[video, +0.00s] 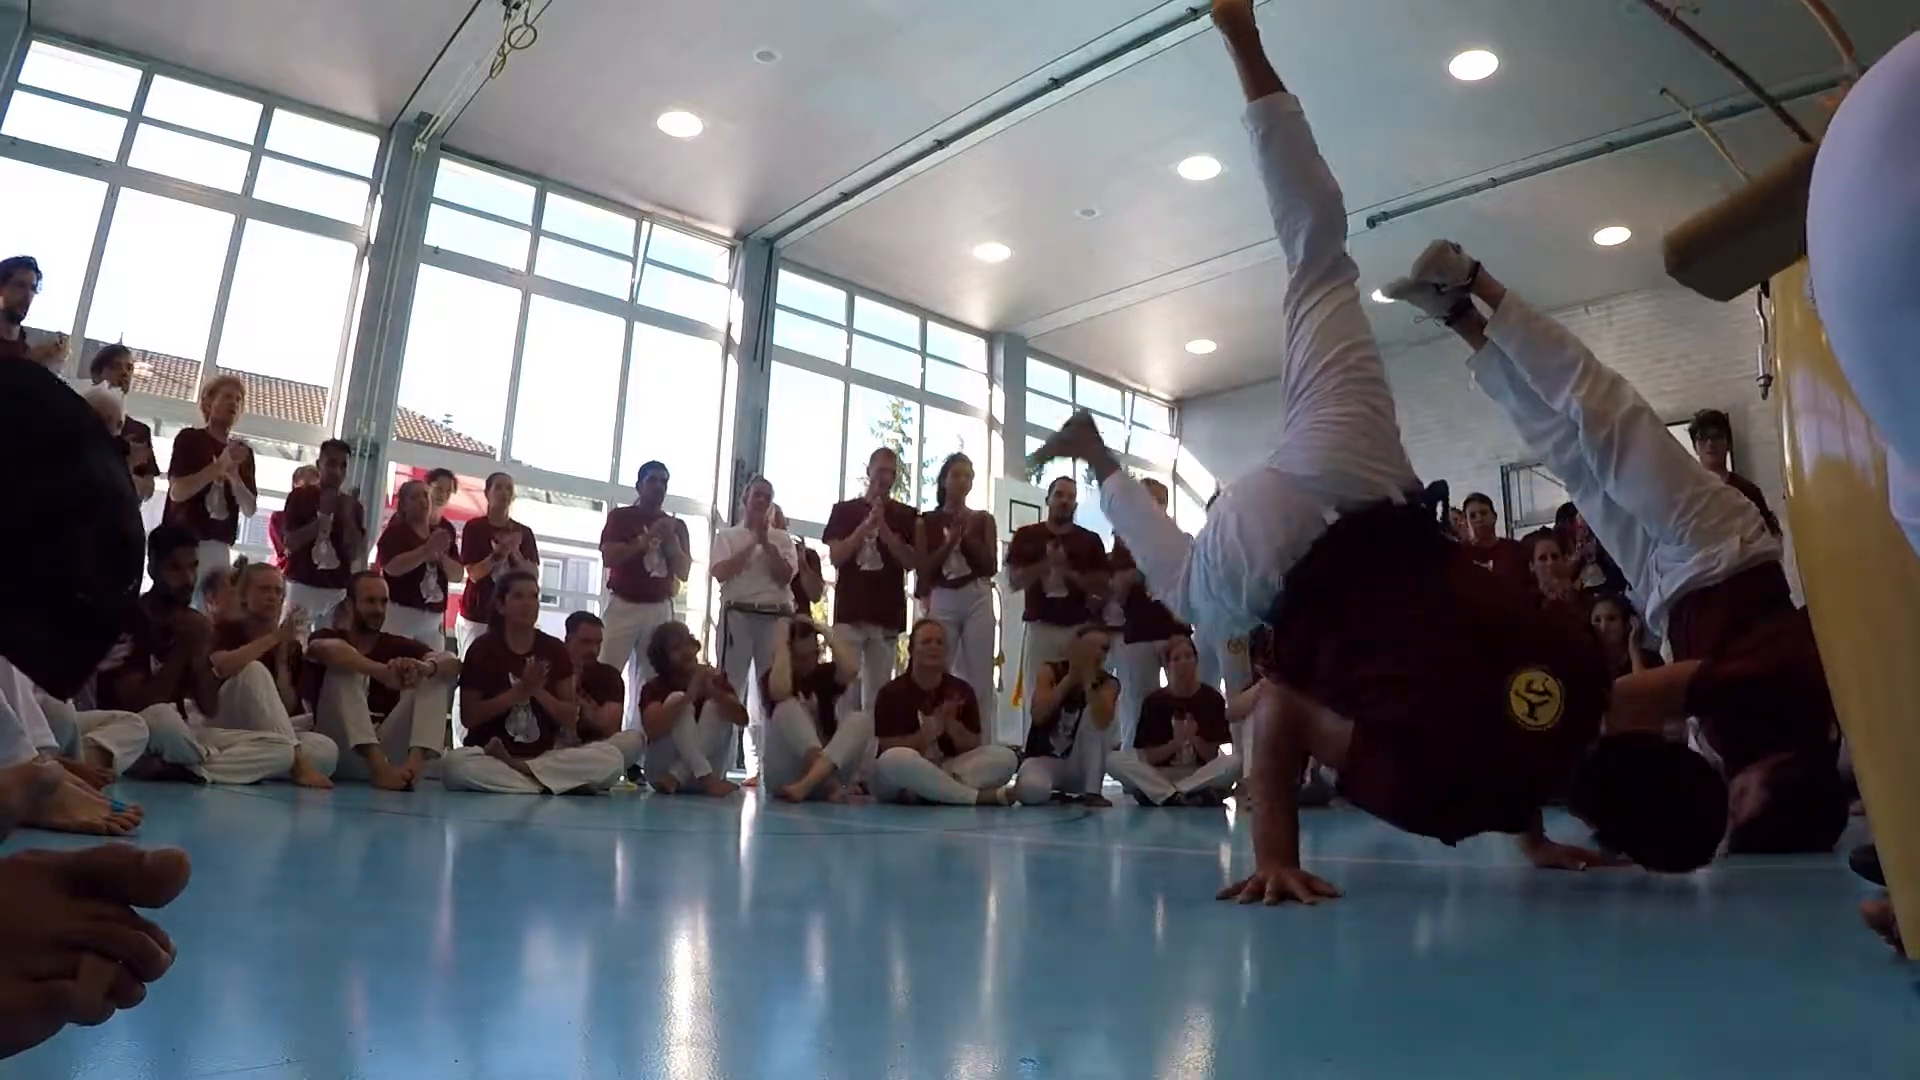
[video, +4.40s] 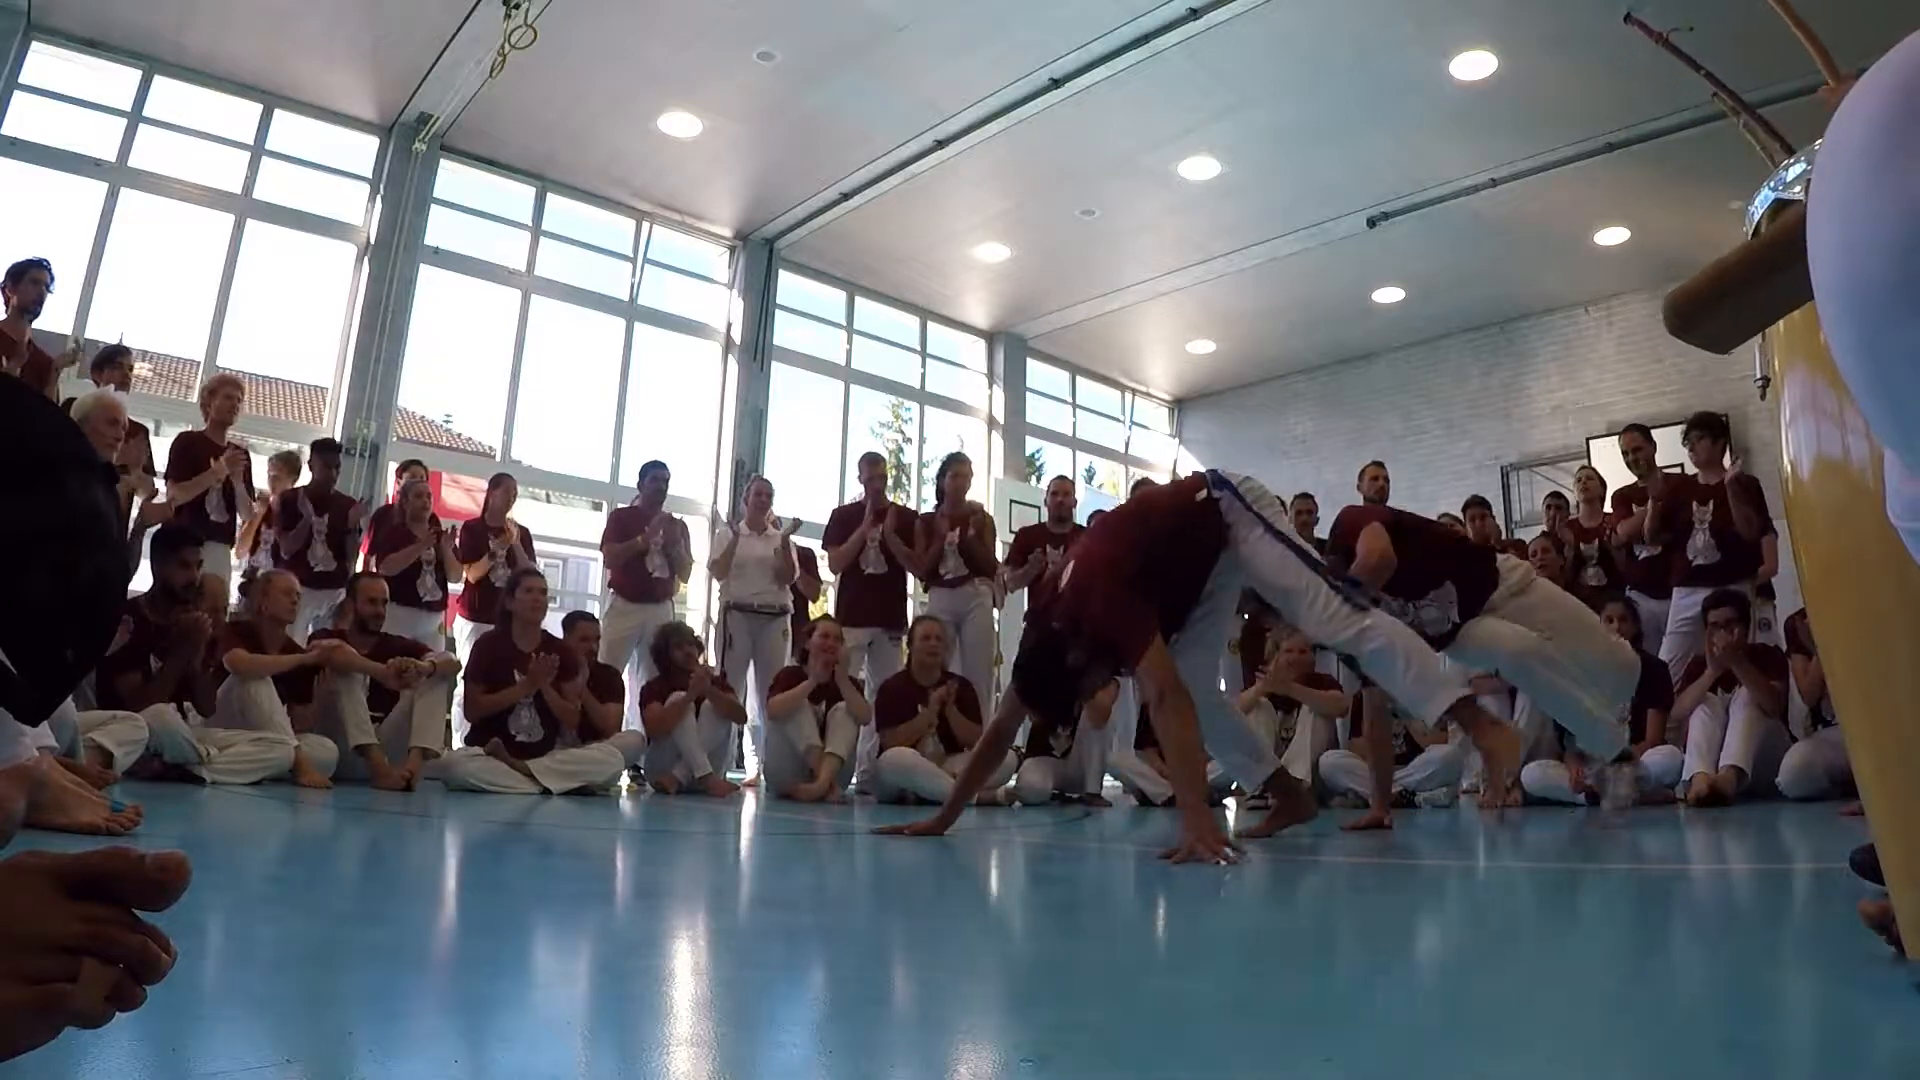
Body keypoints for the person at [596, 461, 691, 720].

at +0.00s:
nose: (658, 485)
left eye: (663, 481)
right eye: (652, 480)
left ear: (667, 487)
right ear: (639, 484)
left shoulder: (676, 525)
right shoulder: (619, 517)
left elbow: (684, 572)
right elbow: (610, 557)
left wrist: (670, 539)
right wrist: (646, 540)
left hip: (659, 609)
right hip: (622, 607)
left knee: (652, 684)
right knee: (605, 678)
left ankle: (645, 746)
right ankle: (597, 744)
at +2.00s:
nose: (663, 486)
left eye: (668, 481)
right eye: (657, 479)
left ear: (671, 487)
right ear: (643, 484)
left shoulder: (678, 526)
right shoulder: (622, 516)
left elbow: (685, 573)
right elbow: (612, 556)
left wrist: (671, 544)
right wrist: (646, 543)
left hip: (660, 610)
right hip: (623, 608)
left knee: (657, 687)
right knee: (605, 681)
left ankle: (654, 752)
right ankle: (598, 748)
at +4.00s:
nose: (661, 486)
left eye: (665, 481)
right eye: (655, 480)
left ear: (669, 487)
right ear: (641, 484)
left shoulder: (677, 525)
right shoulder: (622, 516)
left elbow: (685, 573)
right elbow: (612, 558)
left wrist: (673, 544)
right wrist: (642, 543)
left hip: (661, 610)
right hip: (624, 607)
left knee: (655, 686)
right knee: (606, 680)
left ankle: (647, 750)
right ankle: (599, 746)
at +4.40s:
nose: (660, 485)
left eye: (665, 481)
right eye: (654, 480)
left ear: (669, 486)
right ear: (640, 484)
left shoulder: (677, 525)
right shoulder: (620, 517)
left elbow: (685, 574)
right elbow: (610, 559)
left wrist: (673, 544)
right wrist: (644, 540)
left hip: (660, 610)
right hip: (623, 608)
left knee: (654, 684)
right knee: (606, 679)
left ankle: (650, 750)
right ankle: (599, 745)